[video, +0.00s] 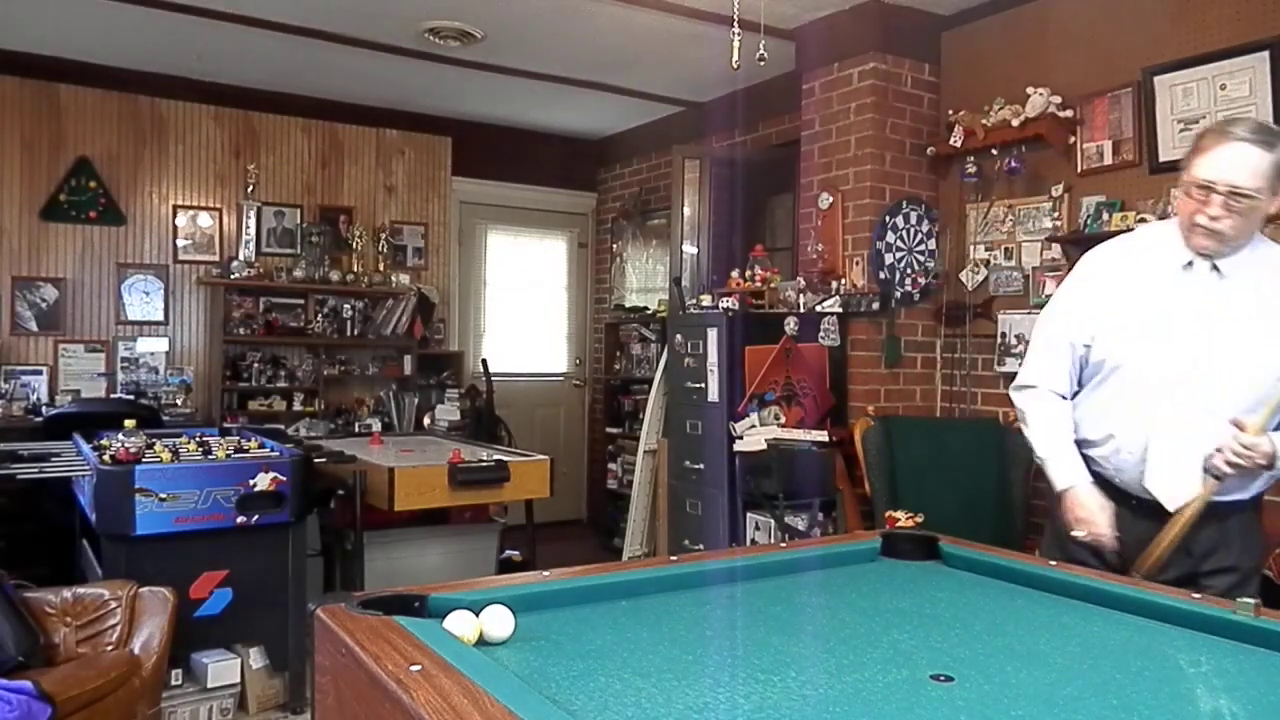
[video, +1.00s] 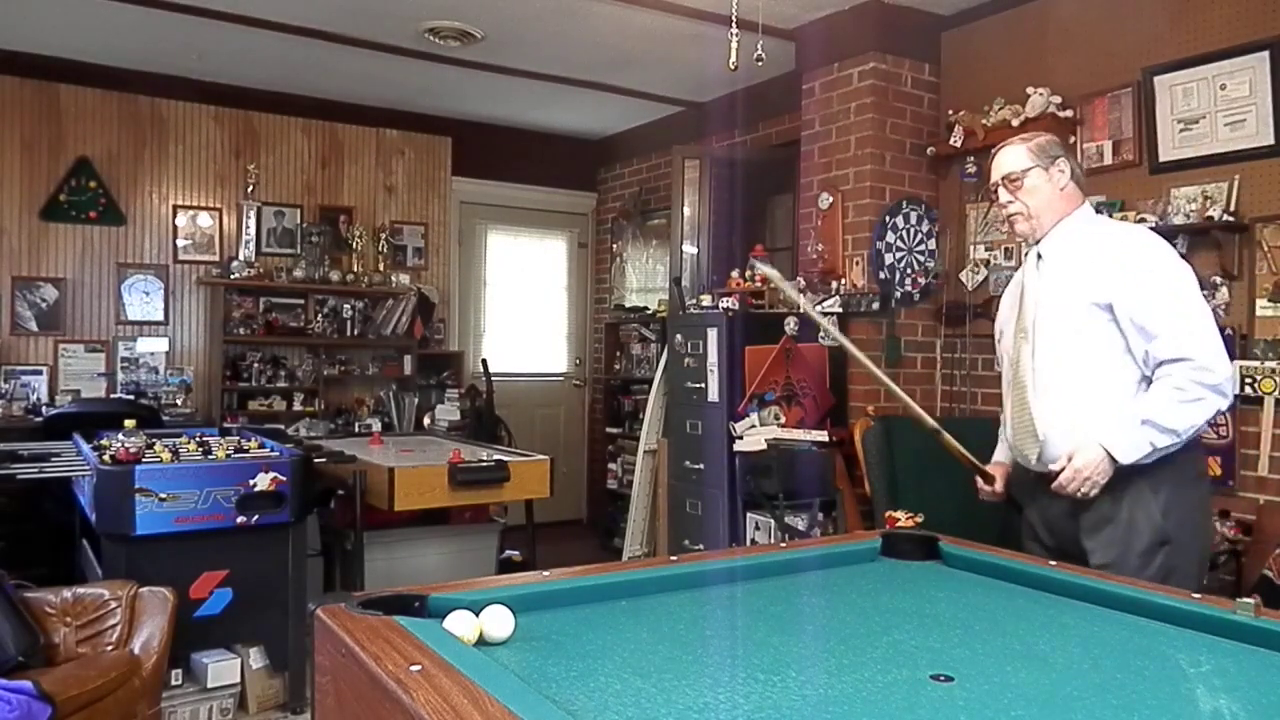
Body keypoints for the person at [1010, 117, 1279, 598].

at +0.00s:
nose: (1212, 211)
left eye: (1238, 198)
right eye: (1202, 190)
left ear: (1270, 206)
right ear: (1179, 185)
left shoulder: (1274, 278)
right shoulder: (1110, 266)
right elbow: (1038, 385)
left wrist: (1270, 452)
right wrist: (1075, 488)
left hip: (1224, 532)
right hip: (1102, 520)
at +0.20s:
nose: (1145, 197)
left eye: (1165, 182)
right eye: (1133, 182)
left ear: (1217, 181)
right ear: (1122, 184)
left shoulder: (1263, 277)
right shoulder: (1080, 272)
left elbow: (1275, 413)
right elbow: (1029, 384)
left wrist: (1217, 432)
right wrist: (1037, 480)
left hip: (1203, 526)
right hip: (1083, 515)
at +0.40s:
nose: (1084, 195)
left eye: (1100, 177)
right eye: (1073, 184)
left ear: (1149, 171)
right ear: (1065, 190)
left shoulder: (1217, 265)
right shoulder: (1052, 284)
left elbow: (1270, 389)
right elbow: (1020, 394)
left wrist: (1159, 404)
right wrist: (1016, 474)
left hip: (1189, 519)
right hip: (1080, 513)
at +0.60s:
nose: (1036, 202)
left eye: (1047, 184)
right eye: (1028, 193)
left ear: (1096, 173)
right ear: (1024, 200)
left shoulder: (1174, 257)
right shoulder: (1033, 292)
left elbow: (1230, 375)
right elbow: (1013, 401)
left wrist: (1111, 409)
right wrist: (1011, 470)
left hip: (1172, 507)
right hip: (1069, 507)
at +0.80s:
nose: (1012, 201)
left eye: (1024, 182)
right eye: (1004, 191)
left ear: (1070, 175)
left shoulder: (1143, 250)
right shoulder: (1020, 293)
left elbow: (1208, 370)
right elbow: (1012, 392)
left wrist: (1101, 432)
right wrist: (1013, 463)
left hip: (1155, 498)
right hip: (1055, 500)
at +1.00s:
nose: (1002, 200)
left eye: (1013, 181)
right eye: (995, 190)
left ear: (1059, 175)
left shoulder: (1131, 250)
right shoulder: (1018, 286)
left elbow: (1203, 372)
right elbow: (1024, 383)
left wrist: (1111, 447)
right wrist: (1004, 453)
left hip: (1138, 498)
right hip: (1045, 501)